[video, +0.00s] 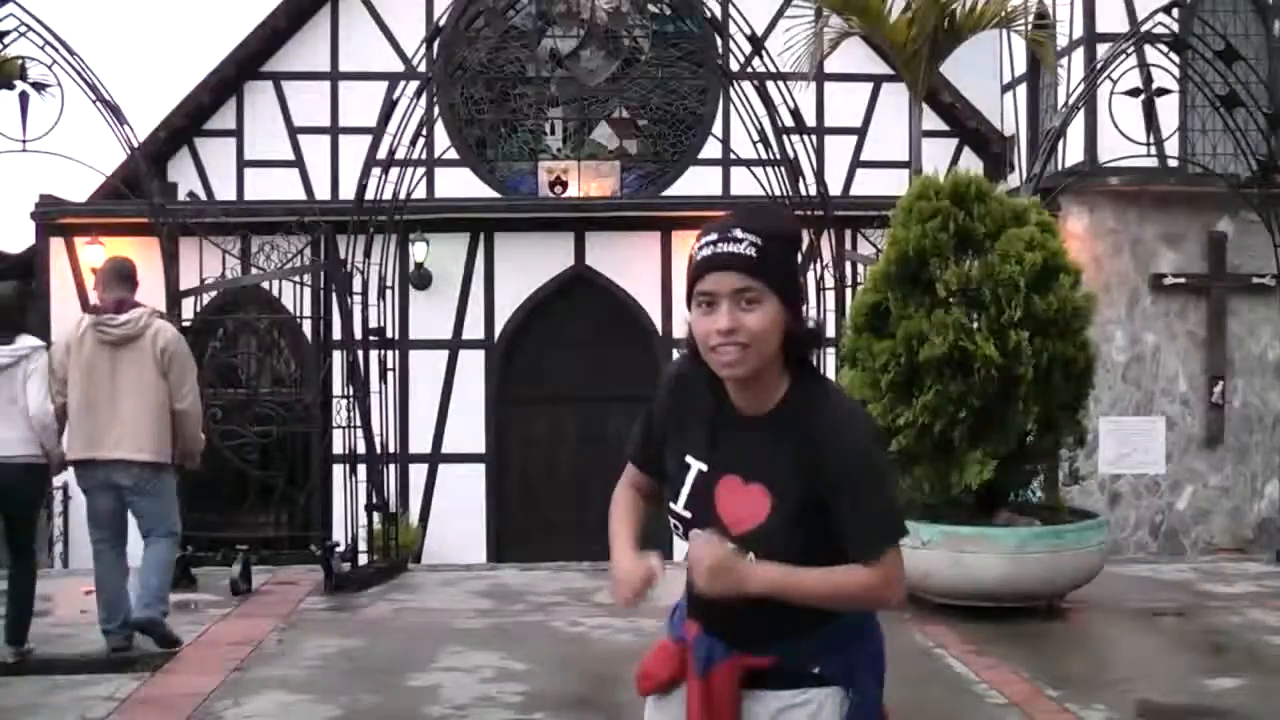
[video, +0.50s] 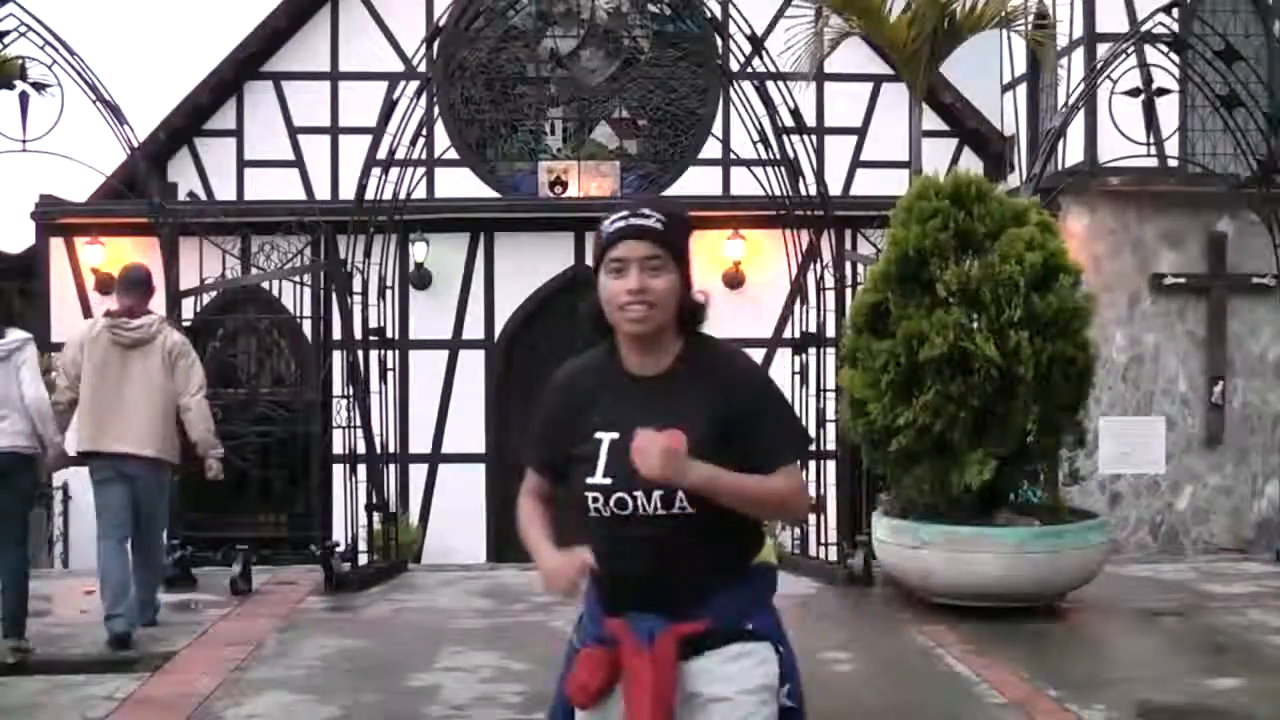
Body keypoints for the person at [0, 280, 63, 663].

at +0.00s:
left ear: (2, 317)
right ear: (21, 315)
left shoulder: (25, 352)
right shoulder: (32, 352)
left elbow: (39, 410)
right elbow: (38, 410)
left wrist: (54, 451)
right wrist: (55, 452)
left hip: (11, 463)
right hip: (20, 463)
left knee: (19, 556)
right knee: (21, 555)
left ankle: (14, 640)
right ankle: (15, 641)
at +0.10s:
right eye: (25, 304)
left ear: (3, 311)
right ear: (22, 309)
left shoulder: (29, 346)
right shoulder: (33, 345)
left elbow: (41, 404)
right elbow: (41, 403)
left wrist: (55, 448)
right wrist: (56, 448)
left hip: (11, 455)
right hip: (21, 456)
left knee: (19, 553)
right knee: (21, 553)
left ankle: (14, 639)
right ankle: (15, 640)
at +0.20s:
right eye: (23, 301)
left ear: (2, 310)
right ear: (23, 307)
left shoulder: (28, 344)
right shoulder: (35, 344)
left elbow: (42, 401)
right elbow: (42, 400)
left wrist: (55, 445)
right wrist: (56, 445)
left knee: (18, 552)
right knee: (21, 552)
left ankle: (13, 639)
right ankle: (15, 640)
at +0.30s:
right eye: (21, 301)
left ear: (4, 309)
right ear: (21, 307)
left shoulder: (28, 343)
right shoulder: (31, 342)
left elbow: (43, 400)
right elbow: (43, 400)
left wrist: (55, 446)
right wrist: (56, 446)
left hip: (13, 451)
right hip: (21, 452)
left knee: (18, 549)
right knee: (20, 548)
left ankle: (14, 636)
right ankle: (14, 638)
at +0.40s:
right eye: (23, 301)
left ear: (5, 309)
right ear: (20, 307)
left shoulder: (23, 344)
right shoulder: (25, 343)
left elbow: (39, 399)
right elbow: (39, 399)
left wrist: (54, 447)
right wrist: (55, 447)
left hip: (14, 450)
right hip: (17, 450)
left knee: (15, 545)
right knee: (16, 545)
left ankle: (14, 634)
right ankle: (14, 636)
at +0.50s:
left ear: (8, 315)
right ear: (12, 312)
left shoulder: (18, 344)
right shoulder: (18, 344)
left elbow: (34, 398)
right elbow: (35, 397)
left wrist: (52, 444)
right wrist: (54, 443)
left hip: (14, 450)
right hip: (14, 449)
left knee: (13, 547)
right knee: (13, 547)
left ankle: (13, 634)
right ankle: (13, 635)